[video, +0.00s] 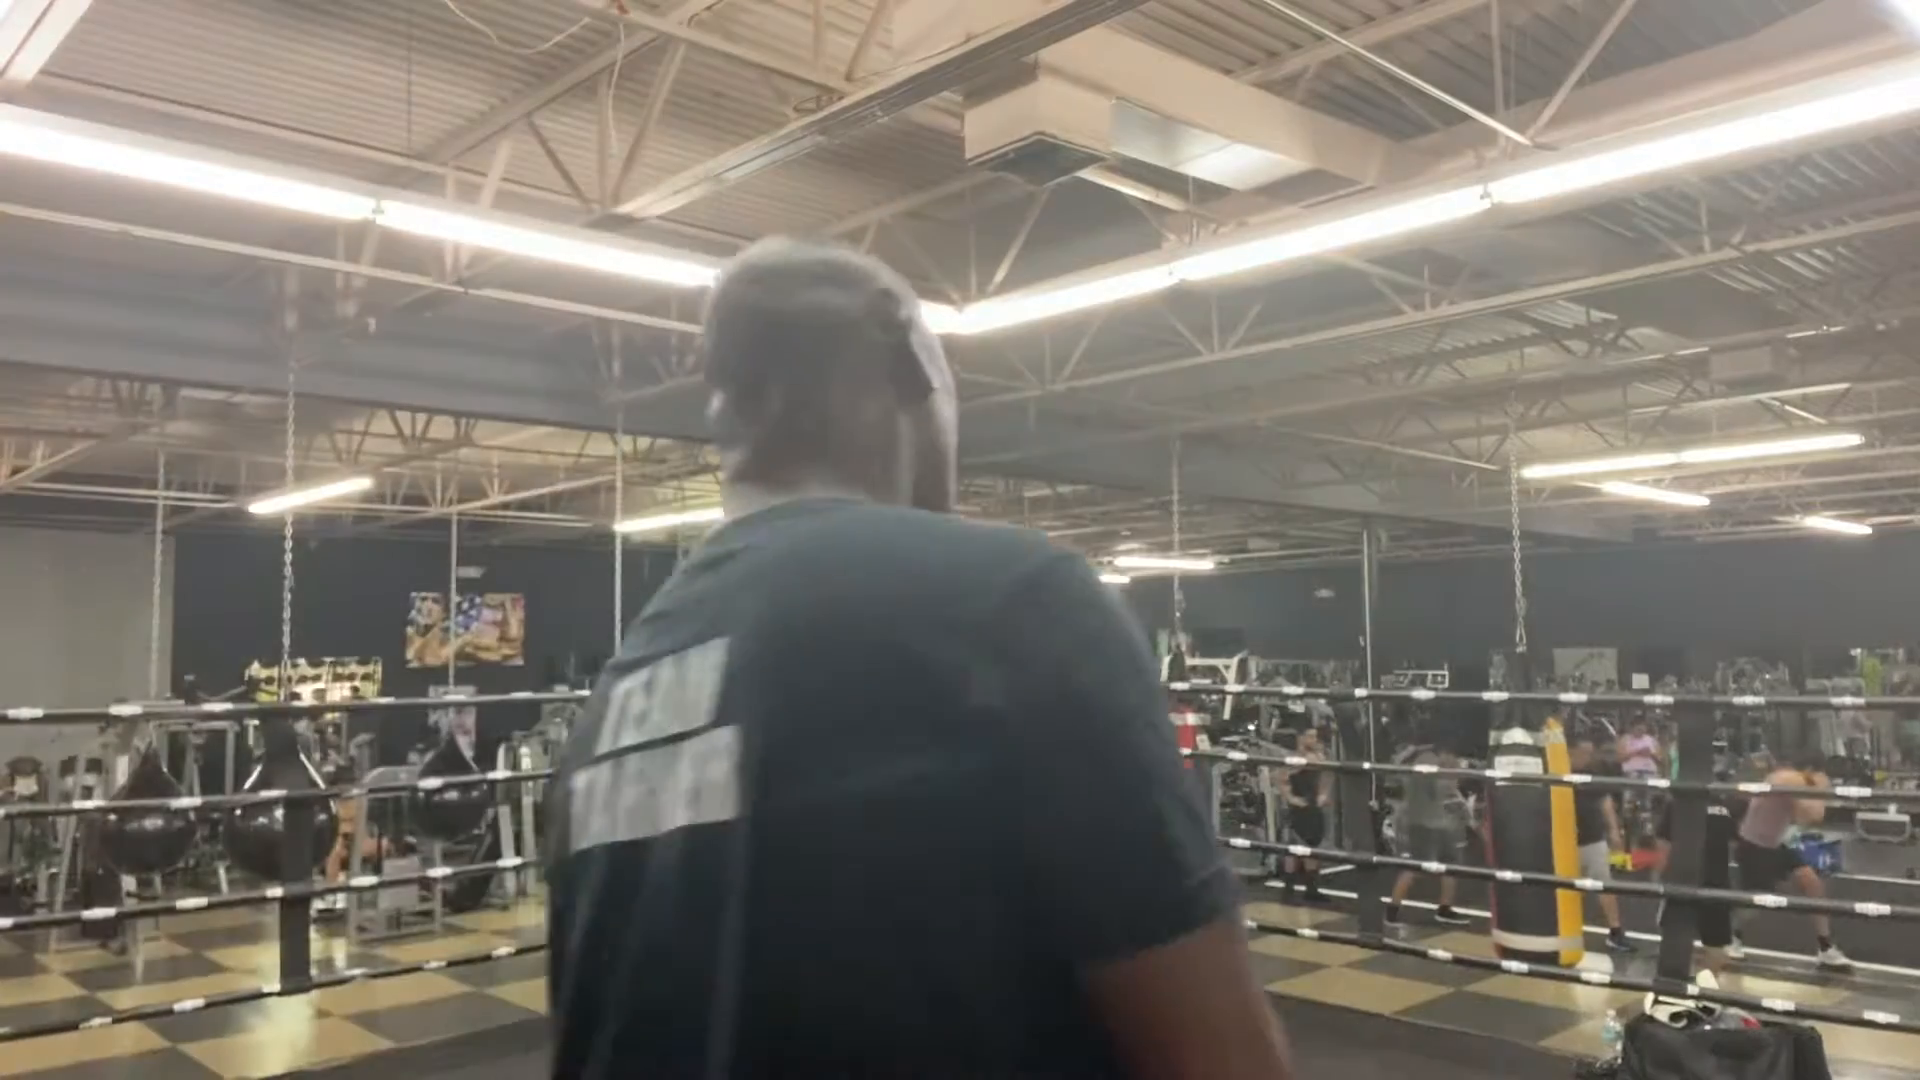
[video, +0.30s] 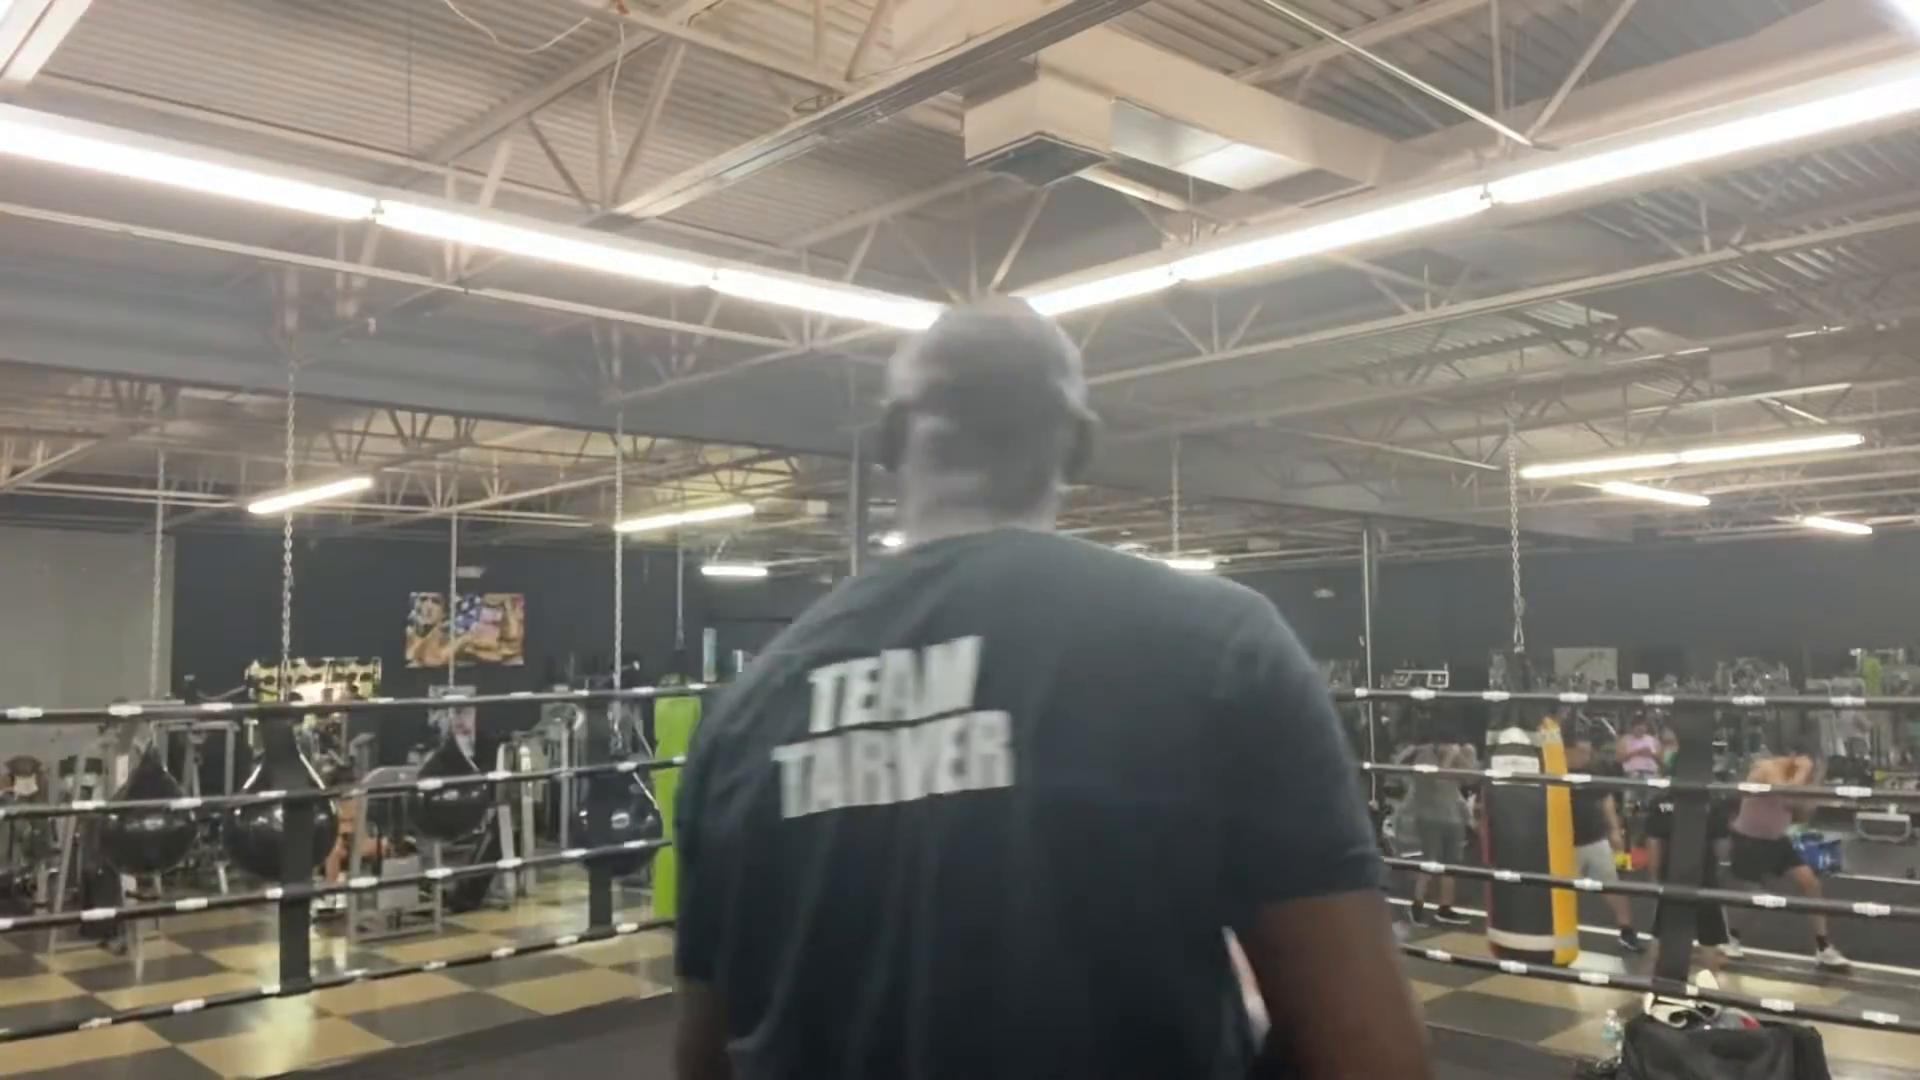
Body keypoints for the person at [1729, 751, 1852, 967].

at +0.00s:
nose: (1820, 778)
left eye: (1821, 775)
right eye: (1819, 775)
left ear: (1807, 770)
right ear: (1810, 771)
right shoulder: (1790, 779)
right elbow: (1814, 814)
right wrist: (1821, 787)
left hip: (1774, 847)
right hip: (1752, 846)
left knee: (1811, 881)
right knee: (1759, 900)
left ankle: (1825, 946)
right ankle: (1731, 932)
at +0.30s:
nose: (1802, 767)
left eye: (1806, 765)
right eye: (1799, 762)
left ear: (1806, 767)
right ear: (1789, 757)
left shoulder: (1798, 778)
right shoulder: (1766, 768)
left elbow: (1801, 807)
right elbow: (1784, 793)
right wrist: (1802, 770)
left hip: (1777, 839)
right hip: (1746, 838)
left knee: (1810, 883)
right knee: (1743, 893)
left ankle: (1823, 946)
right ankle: (1730, 938)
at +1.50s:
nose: (1786, 749)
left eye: (1791, 745)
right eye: (1782, 744)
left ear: (1796, 743)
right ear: (1772, 741)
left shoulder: (1799, 761)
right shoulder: (1750, 760)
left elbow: (1806, 794)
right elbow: (1747, 788)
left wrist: (1795, 770)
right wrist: (1770, 762)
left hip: (1779, 839)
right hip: (1746, 837)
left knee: (1808, 888)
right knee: (1735, 891)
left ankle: (1823, 948)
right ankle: (1716, 944)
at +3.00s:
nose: (1763, 760)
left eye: (1767, 754)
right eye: (1757, 754)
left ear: (1774, 752)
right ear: (1748, 753)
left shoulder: (1786, 768)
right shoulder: (1738, 773)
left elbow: (1806, 806)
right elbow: (1735, 807)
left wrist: (1785, 782)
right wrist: (1757, 782)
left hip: (1782, 847)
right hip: (1744, 847)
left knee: (1819, 894)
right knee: (1733, 898)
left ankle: (1838, 957)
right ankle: (1721, 946)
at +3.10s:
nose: (1780, 767)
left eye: (1785, 761)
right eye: (1774, 762)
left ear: (1790, 759)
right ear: (1764, 759)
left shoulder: (1798, 772)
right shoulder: (1751, 776)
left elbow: (1818, 811)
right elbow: (1743, 811)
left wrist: (1797, 786)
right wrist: (1772, 787)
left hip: (1796, 854)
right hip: (1758, 853)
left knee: (1833, 901)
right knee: (1739, 901)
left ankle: (1866, 963)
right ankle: (1721, 946)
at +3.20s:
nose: (1804, 767)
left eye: (1809, 761)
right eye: (1800, 760)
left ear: (1818, 762)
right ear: (1792, 760)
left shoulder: (1822, 778)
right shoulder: (1776, 778)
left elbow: (1831, 818)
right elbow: (1778, 812)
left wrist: (1821, 787)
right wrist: (1804, 787)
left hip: (1809, 861)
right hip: (1774, 859)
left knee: (1845, 898)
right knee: (1755, 914)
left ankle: (1873, 966)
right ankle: (1724, 944)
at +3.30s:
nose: (1845, 780)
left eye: (1848, 776)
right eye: (1845, 774)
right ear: (1833, 765)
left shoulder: (1823, 786)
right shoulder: (1808, 778)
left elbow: (1840, 819)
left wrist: (1849, 788)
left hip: (1814, 862)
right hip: (1785, 862)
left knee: (1856, 900)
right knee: (1782, 919)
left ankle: (1873, 967)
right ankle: (1732, 939)